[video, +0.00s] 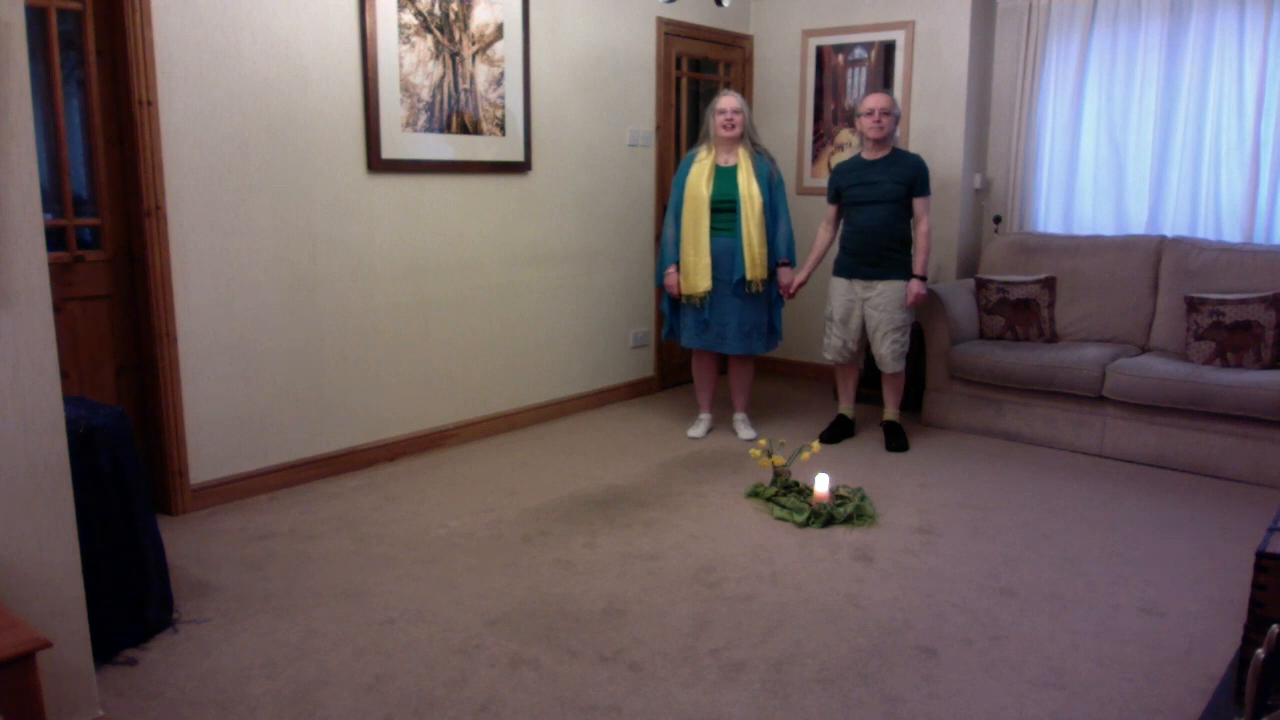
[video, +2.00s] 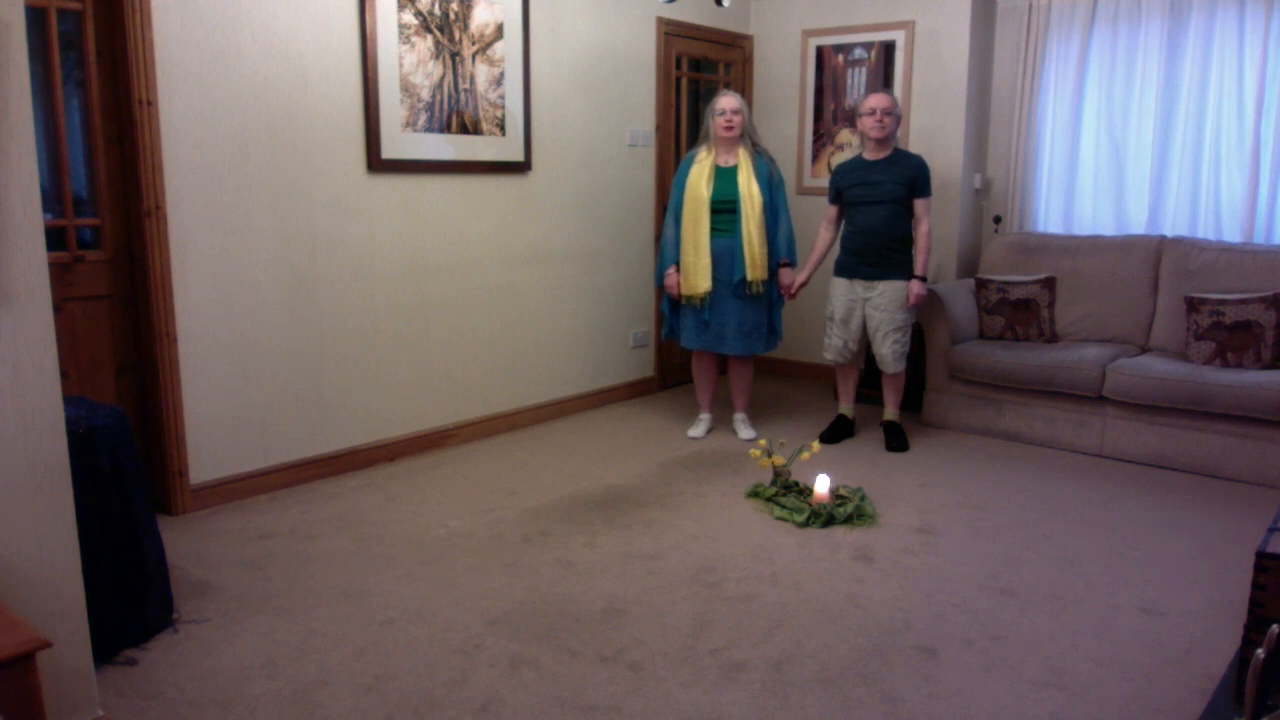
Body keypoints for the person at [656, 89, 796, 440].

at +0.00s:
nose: (728, 118)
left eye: (735, 113)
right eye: (722, 113)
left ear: (745, 119)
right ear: (711, 119)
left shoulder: (762, 163)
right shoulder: (693, 162)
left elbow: (779, 215)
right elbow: (674, 217)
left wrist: (784, 263)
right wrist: (670, 266)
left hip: (749, 267)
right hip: (700, 267)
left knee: (742, 344)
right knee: (702, 342)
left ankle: (741, 415)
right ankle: (704, 413)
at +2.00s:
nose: (728, 119)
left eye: (735, 113)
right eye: (721, 113)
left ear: (745, 119)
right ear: (710, 120)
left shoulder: (762, 164)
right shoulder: (692, 163)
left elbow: (779, 216)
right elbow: (674, 218)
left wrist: (785, 264)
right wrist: (670, 267)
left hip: (748, 268)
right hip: (700, 269)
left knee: (742, 344)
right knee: (702, 343)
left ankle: (741, 415)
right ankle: (704, 413)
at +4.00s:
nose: (729, 119)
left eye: (736, 113)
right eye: (721, 114)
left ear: (746, 119)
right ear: (711, 120)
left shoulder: (762, 164)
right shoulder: (692, 163)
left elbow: (779, 216)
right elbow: (674, 218)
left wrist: (784, 264)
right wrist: (671, 267)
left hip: (749, 268)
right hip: (700, 268)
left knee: (742, 344)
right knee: (702, 343)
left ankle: (741, 415)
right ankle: (704, 413)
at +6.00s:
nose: (730, 119)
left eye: (737, 113)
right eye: (723, 113)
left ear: (747, 119)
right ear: (712, 120)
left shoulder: (764, 164)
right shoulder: (694, 163)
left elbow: (780, 216)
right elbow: (675, 217)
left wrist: (785, 264)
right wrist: (671, 265)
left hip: (750, 269)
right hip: (701, 269)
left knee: (743, 345)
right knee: (703, 343)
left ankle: (741, 414)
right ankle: (705, 413)